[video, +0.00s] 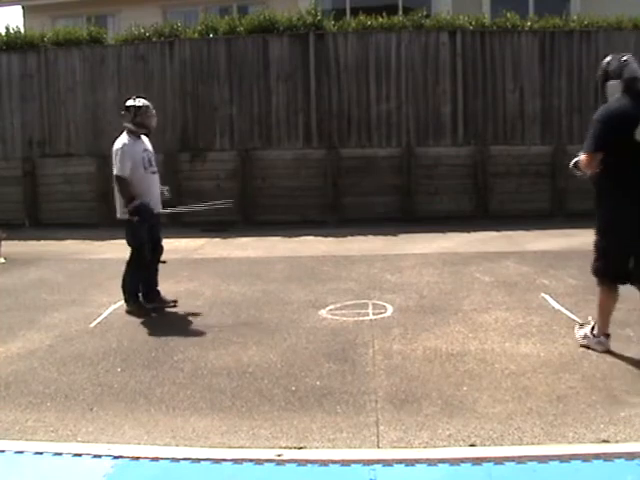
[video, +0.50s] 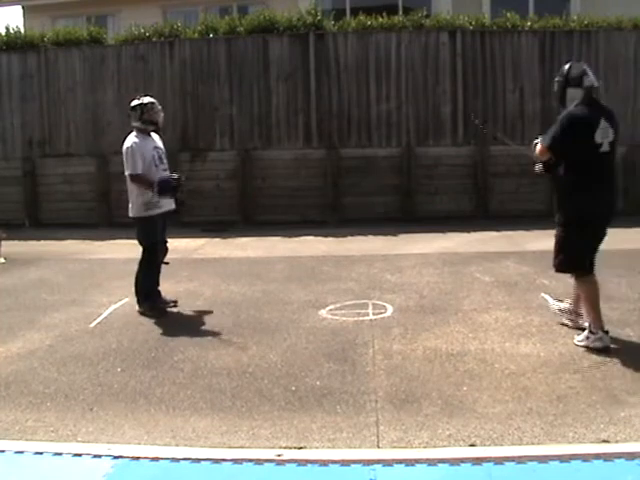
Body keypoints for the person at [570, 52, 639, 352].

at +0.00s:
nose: (604, 86)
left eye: (606, 81)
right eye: (604, 82)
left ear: (612, 81)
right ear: (633, 80)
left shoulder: (610, 114)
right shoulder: (635, 109)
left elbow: (590, 163)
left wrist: (583, 163)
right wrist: (595, 162)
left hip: (618, 209)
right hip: (634, 207)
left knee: (608, 271)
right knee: (614, 271)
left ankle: (600, 332)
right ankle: (600, 329)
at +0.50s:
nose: (559, 92)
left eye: (561, 88)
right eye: (560, 87)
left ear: (569, 88)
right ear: (589, 86)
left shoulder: (573, 118)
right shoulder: (607, 115)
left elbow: (543, 151)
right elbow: (589, 150)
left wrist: (539, 145)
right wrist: (552, 154)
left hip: (579, 205)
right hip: (601, 201)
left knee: (581, 265)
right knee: (581, 258)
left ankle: (596, 330)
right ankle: (575, 308)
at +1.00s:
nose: (522, 94)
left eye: (526, 89)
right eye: (524, 89)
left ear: (536, 91)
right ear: (548, 90)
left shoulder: (552, 118)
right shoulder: (545, 117)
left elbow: (560, 153)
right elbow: (547, 155)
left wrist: (533, 172)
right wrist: (527, 169)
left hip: (545, 199)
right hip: (555, 197)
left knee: (522, 249)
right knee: (559, 253)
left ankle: (534, 303)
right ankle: (564, 309)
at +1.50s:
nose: (479, 97)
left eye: (482, 92)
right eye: (480, 92)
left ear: (492, 95)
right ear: (500, 96)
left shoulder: (502, 125)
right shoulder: (496, 122)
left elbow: (498, 164)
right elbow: (490, 157)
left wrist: (476, 183)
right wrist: (474, 171)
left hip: (499, 196)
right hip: (497, 195)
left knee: (489, 247)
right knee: (492, 244)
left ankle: (497, 300)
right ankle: (511, 286)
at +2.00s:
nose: (441, 102)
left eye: (445, 97)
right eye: (441, 97)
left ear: (458, 99)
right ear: (456, 99)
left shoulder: (476, 126)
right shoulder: (453, 127)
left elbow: (486, 157)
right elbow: (457, 162)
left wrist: (470, 185)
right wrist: (444, 181)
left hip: (475, 196)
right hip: (456, 195)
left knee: (473, 248)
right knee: (452, 244)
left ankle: (495, 298)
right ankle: (451, 290)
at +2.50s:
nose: (439, 103)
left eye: (443, 97)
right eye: (440, 97)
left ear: (456, 98)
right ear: (450, 99)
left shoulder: (472, 124)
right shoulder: (450, 125)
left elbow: (480, 157)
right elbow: (447, 157)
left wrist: (451, 169)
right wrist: (427, 171)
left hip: (472, 197)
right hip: (453, 196)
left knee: (476, 246)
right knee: (452, 244)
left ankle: (486, 294)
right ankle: (450, 290)